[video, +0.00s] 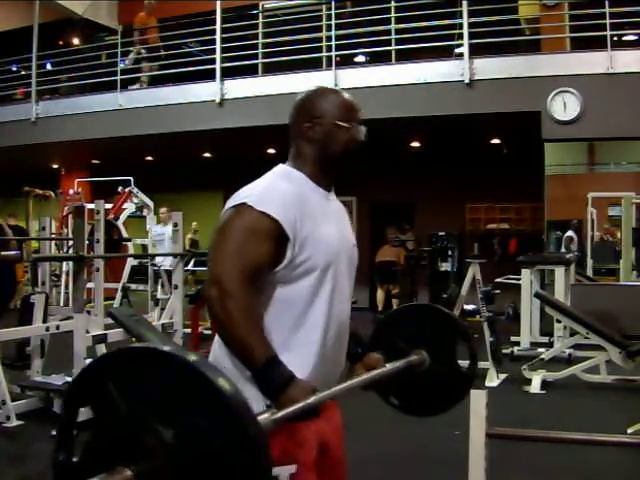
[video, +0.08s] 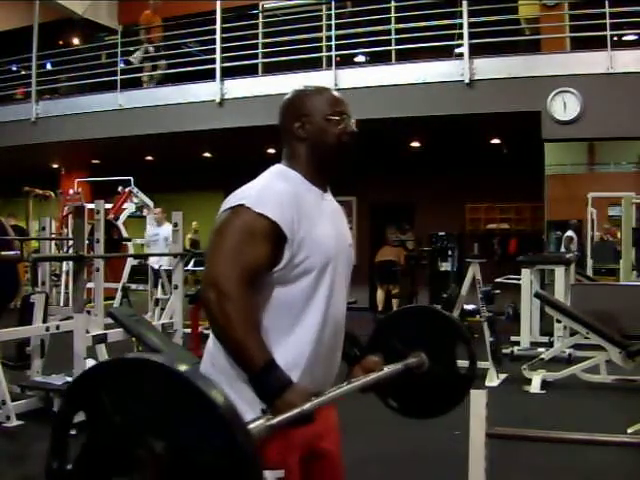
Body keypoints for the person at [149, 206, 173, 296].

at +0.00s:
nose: (161, 216)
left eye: (164, 213)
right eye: (160, 213)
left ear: (169, 214)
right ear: (158, 215)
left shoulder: (172, 227)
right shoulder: (155, 228)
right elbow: (153, 239)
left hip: (170, 254)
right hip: (158, 254)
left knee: (165, 269)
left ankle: (168, 291)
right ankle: (154, 292)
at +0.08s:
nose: (156, 216)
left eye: (158, 214)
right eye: (154, 214)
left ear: (164, 215)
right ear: (152, 215)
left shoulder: (169, 228)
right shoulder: (151, 228)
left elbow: (171, 243)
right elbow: (147, 242)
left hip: (165, 259)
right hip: (153, 259)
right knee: (153, 286)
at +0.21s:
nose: (147, 215)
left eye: (149, 213)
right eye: (145, 213)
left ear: (155, 214)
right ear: (143, 214)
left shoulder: (162, 230)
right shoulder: (141, 230)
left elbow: (165, 248)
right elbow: (138, 245)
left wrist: (162, 264)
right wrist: (138, 259)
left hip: (155, 264)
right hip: (143, 263)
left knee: (151, 292)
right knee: (146, 291)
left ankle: (149, 314)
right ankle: (146, 313)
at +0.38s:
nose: (135, 215)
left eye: (138, 212)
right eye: (135, 212)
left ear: (146, 213)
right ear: (135, 213)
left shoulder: (152, 229)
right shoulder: (132, 229)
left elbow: (153, 247)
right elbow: (129, 245)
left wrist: (147, 261)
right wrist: (128, 258)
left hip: (146, 264)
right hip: (133, 263)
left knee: (145, 291)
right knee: (130, 289)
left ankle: (145, 314)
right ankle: (136, 312)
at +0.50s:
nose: (126, 214)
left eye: (129, 212)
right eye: (126, 212)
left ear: (136, 212)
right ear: (125, 212)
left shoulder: (142, 227)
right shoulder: (126, 227)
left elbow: (144, 246)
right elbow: (117, 232)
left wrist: (134, 260)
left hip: (140, 264)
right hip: (125, 263)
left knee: (142, 291)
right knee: (120, 289)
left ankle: (144, 315)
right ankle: (119, 315)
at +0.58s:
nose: (120, 214)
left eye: (123, 212)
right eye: (119, 212)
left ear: (130, 213)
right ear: (118, 213)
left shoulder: (137, 229)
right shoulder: (116, 226)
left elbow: (138, 249)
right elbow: (111, 241)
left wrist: (124, 260)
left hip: (135, 266)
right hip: (120, 264)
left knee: (137, 294)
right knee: (116, 292)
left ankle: (140, 317)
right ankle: (110, 316)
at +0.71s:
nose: (109, 215)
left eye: (112, 212)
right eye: (109, 213)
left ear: (120, 213)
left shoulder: (126, 229)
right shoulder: (113, 228)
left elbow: (126, 249)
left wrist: (112, 262)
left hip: (124, 266)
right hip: (113, 266)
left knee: (129, 293)